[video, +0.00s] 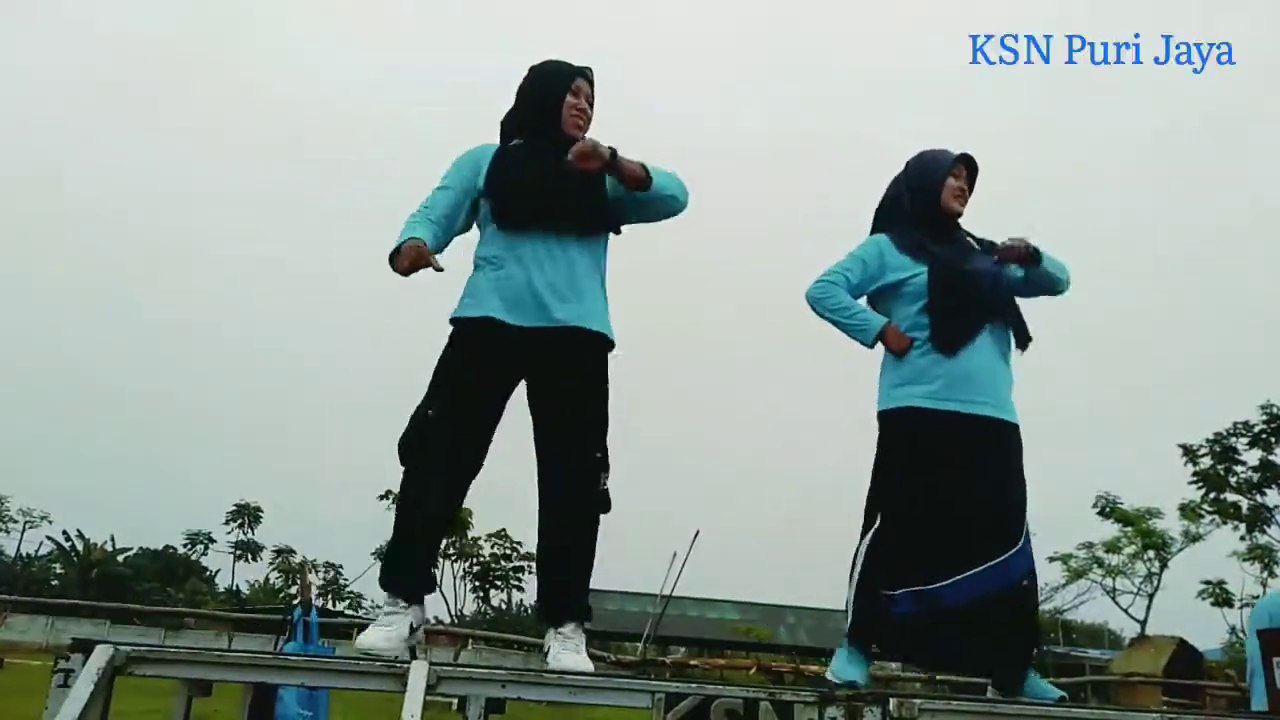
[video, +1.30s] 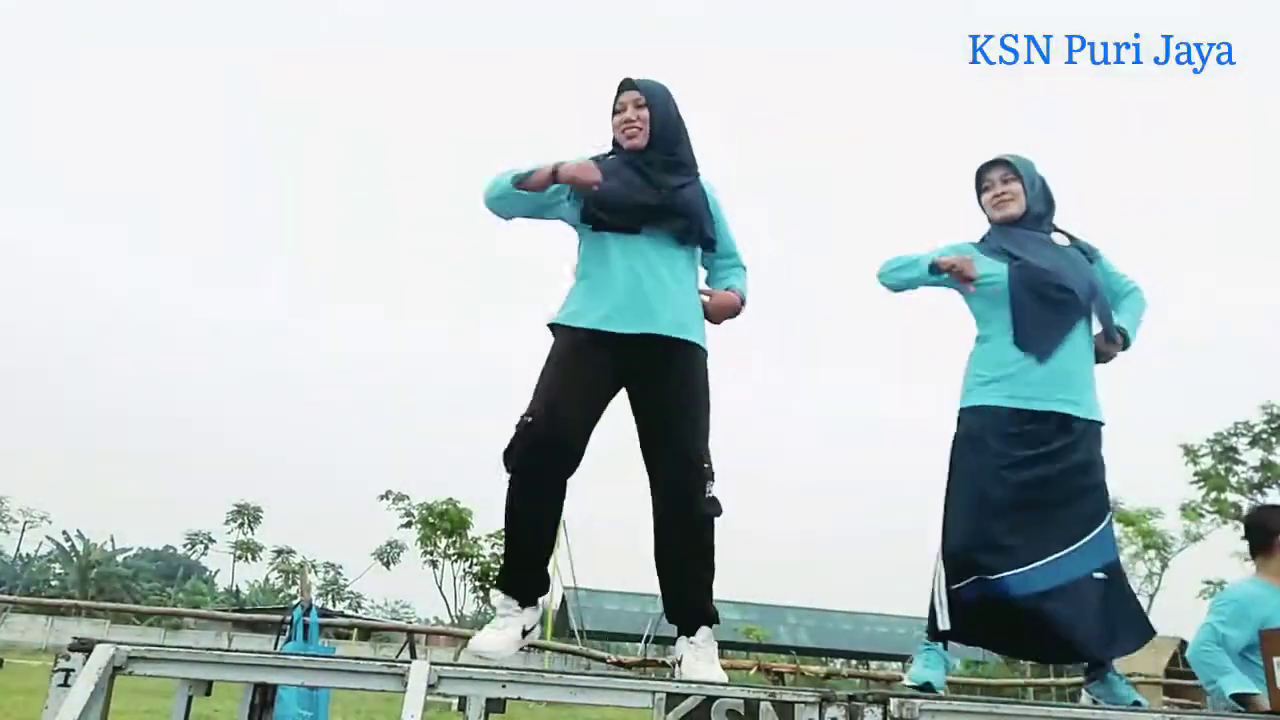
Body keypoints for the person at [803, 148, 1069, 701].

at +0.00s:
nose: (964, 188)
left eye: (967, 183)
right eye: (955, 178)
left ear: (966, 195)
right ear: (924, 180)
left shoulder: (985, 257)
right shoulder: (888, 246)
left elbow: (1058, 281)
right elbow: (824, 291)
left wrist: (1030, 258)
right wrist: (880, 329)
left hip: (991, 414)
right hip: (917, 408)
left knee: (1005, 536)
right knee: (895, 529)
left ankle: (1011, 668)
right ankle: (856, 647)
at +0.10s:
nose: (973, 192)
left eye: (976, 186)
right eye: (964, 181)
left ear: (976, 199)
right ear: (932, 184)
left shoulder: (990, 260)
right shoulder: (899, 248)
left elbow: (1053, 304)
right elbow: (837, 292)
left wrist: (1022, 262)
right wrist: (897, 328)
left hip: (1002, 412)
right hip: (931, 410)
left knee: (1011, 535)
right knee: (935, 533)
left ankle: (1021, 670)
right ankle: (929, 657)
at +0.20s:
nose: (977, 204)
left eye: (981, 199)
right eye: (969, 195)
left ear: (981, 207)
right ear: (938, 195)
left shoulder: (995, 267)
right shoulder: (904, 258)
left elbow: (1041, 324)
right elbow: (846, 301)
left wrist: (1050, 274)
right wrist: (907, 339)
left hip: (1013, 416)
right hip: (943, 417)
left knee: (1032, 538)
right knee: (957, 541)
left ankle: (1032, 673)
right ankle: (953, 667)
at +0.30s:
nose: (979, 199)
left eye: (984, 194)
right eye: (970, 189)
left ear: (985, 205)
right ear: (941, 192)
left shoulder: (997, 267)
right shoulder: (906, 255)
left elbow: (1054, 316)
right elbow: (847, 303)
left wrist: (1112, 279)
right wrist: (907, 339)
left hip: (1017, 414)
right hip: (946, 414)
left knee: (1061, 522)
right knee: (950, 536)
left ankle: (1058, 665)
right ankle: (939, 664)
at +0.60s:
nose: (1001, 191)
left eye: (1008, 184)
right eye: (988, 185)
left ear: (1020, 197)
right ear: (967, 199)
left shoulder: (1046, 260)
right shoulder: (948, 257)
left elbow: (1105, 282)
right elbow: (879, 302)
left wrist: (1173, 289)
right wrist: (921, 328)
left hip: (1049, 414)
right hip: (975, 411)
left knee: (1086, 532)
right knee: (967, 533)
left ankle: (1103, 668)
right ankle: (941, 660)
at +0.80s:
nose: (1015, 195)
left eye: (1023, 187)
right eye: (1003, 191)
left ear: (1041, 200)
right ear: (989, 208)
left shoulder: (1077, 260)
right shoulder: (975, 264)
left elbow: (1134, 292)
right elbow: (940, 323)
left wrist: (1193, 328)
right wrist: (996, 300)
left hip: (1079, 411)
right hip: (1005, 406)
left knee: (1096, 537)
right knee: (1004, 528)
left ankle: (1106, 676)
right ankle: (974, 654)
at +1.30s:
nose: (998, 192)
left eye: (1008, 181)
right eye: (988, 189)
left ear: (1036, 189)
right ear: (982, 205)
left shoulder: (1079, 254)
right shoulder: (972, 253)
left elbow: (1132, 294)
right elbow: (889, 274)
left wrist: (1118, 334)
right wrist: (938, 266)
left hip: (1072, 408)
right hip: (993, 405)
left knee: (1088, 536)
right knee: (968, 530)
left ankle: (1101, 671)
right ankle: (935, 647)